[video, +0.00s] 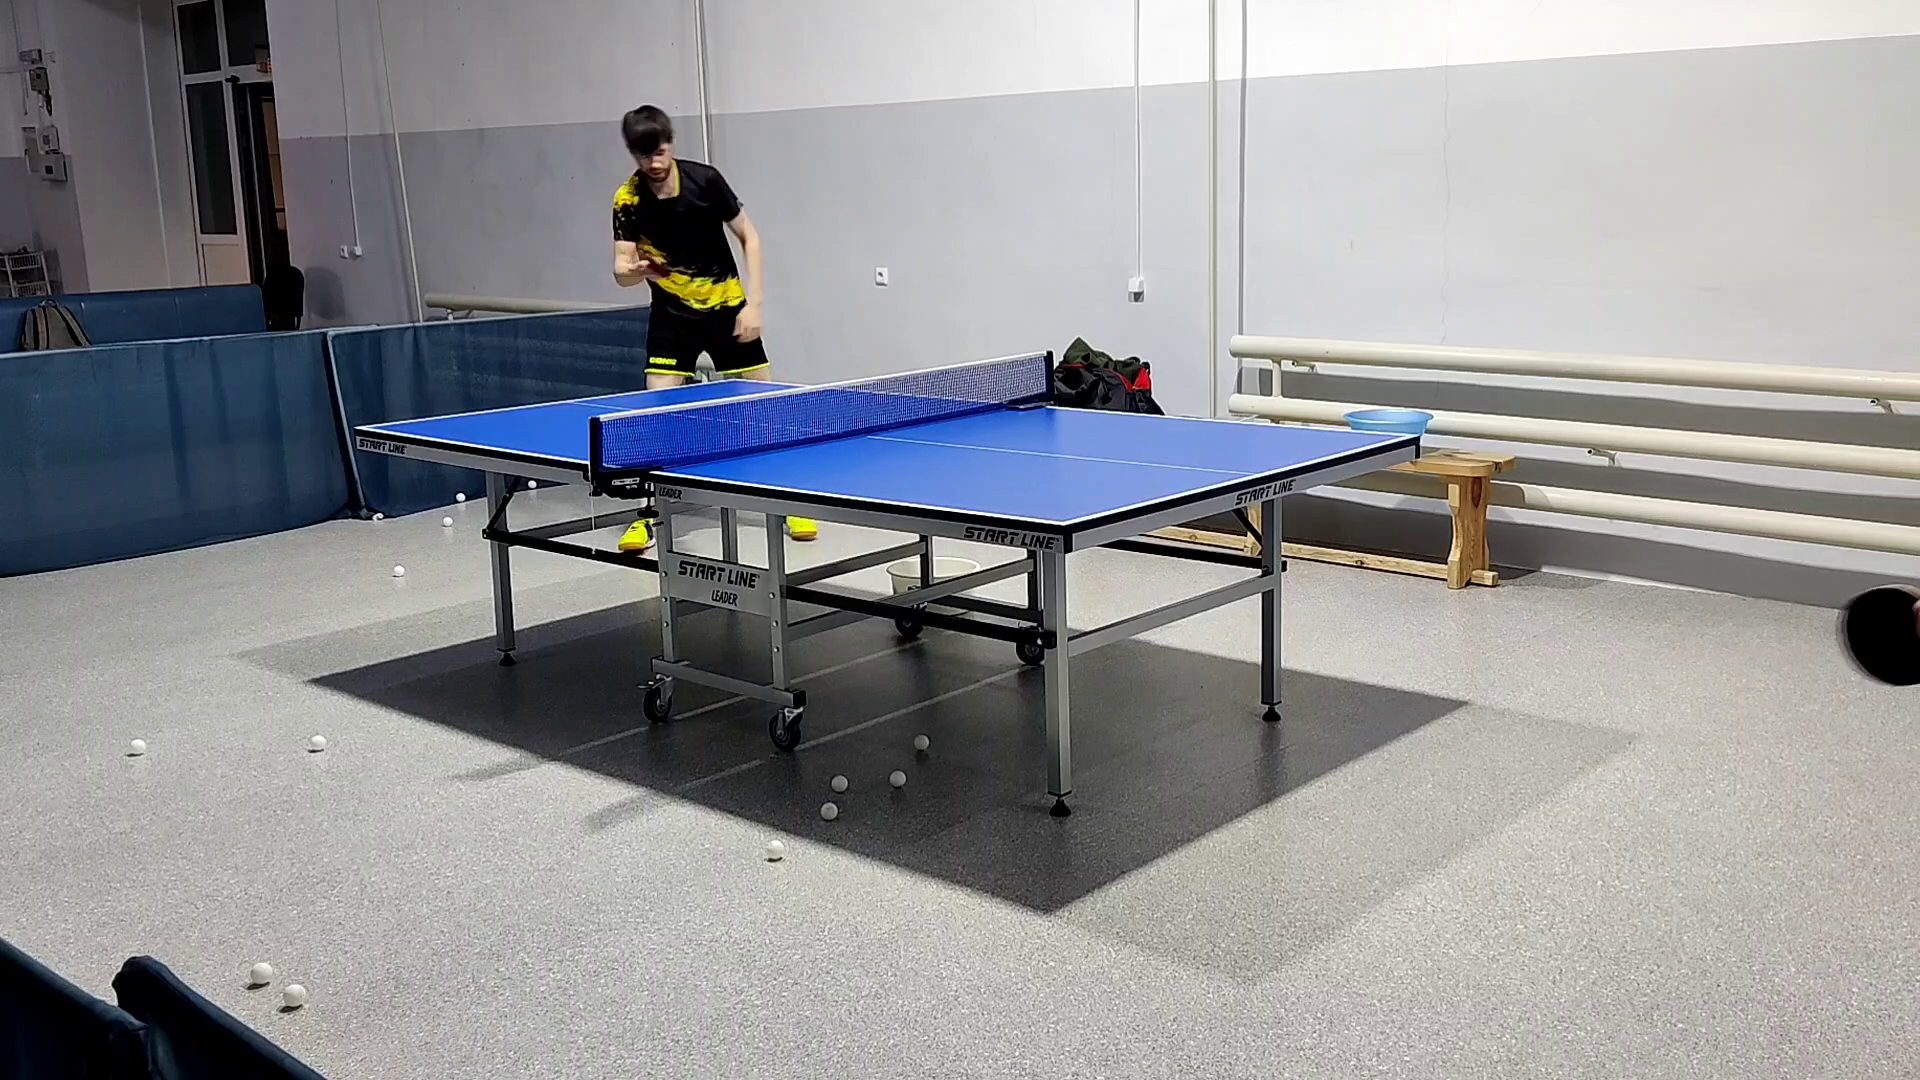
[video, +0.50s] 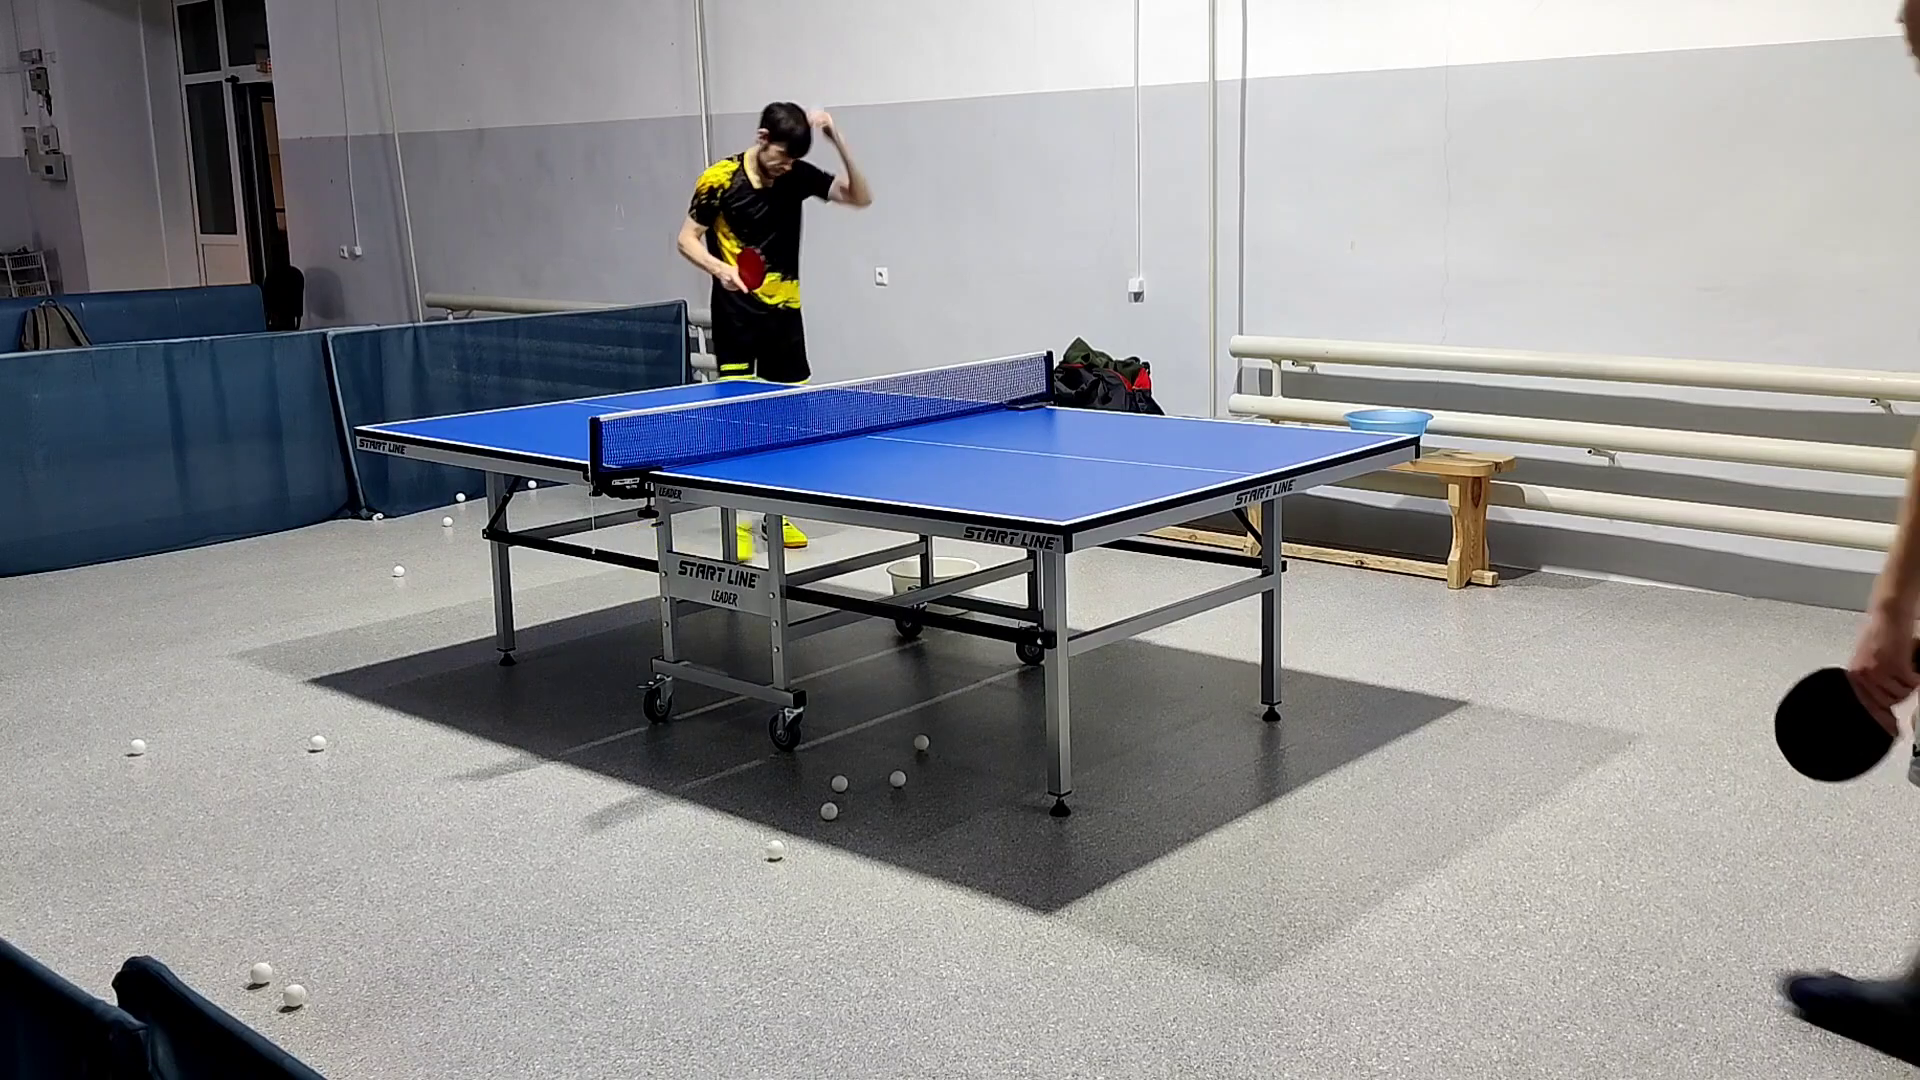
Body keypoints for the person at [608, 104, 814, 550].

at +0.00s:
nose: (656, 163)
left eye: (662, 152)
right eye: (646, 155)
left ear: (673, 144)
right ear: (632, 154)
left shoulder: (706, 181)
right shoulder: (628, 200)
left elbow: (749, 237)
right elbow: (621, 274)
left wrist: (754, 305)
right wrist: (638, 272)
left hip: (726, 311)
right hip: (671, 315)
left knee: (766, 408)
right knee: (657, 414)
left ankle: (790, 503)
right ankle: (649, 515)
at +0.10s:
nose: (681, 163)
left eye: (687, 153)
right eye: (672, 155)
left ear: (697, 146)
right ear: (656, 152)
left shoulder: (721, 180)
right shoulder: (644, 196)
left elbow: (762, 232)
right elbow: (629, 269)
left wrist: (777, 287)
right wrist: (654, 270)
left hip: (735, 312)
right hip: (679, 315)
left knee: (768, 407)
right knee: (662, 414)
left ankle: (779, 511)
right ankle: (649, 515)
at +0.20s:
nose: (715, 166)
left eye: (721, 156)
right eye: (707, 157)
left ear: (729, 151)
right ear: (687, 150)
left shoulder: (743, 182)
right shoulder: (665, 195)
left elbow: (778, 227)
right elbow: (644, 263)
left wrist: (801, 253)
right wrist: (666, 272)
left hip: (747, 316)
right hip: (693, 319)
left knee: (772, 411)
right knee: (669, 415)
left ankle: (778, 513)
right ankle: (651, 516)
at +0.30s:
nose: (747, 168)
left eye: (753, 160)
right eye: (741, 160)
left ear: (760, 154)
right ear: (720, 150)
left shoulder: (765, 182)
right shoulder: (690, 192)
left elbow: (812, 234)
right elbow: (662, 258)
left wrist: (820, 222)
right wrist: (690, 274)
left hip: (763, 319)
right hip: (711, 321)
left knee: (785, 412)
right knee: (689, 416)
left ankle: (776, 515)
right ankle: (659, 517)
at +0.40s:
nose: (766, 167)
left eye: (774, 161)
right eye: (762, 158)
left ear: (782, 156)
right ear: (744, 143)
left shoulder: (783, 182)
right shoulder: (706, 186)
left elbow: (843, 222)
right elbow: (676, 249)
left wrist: (835, 181)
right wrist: (708, 272)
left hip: (774, 316)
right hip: (723, 316)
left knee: (788, 412)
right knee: (709, 415)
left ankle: (778, 513)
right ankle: (694, 516)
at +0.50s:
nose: (787, 165)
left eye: (793, 158)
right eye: (782, 156)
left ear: (801, 152)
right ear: (762, 139)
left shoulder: (796, 176)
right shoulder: (719, 179)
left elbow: (861, 197)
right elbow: (686, 239)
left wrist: (838, 143)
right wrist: (719, 268)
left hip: (784, 314)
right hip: (735, 316)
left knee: (790, 415)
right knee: (737, 417)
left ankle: (776, 515)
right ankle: (740, 520)